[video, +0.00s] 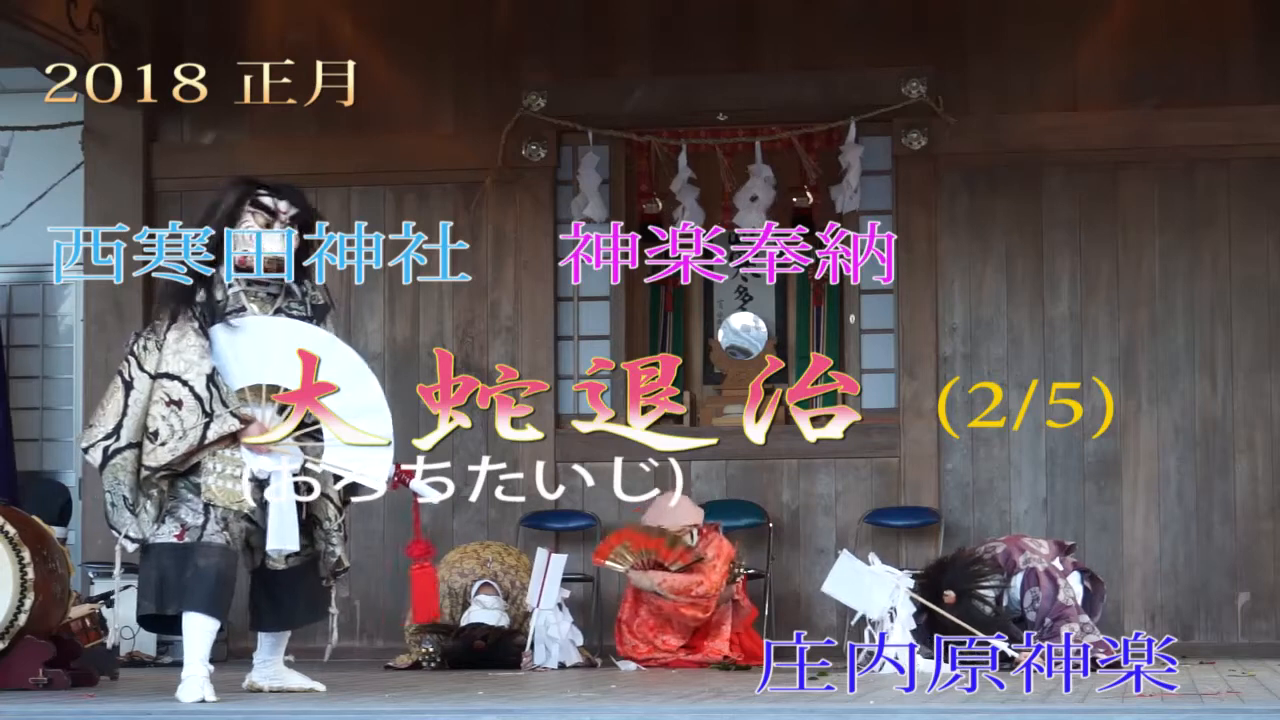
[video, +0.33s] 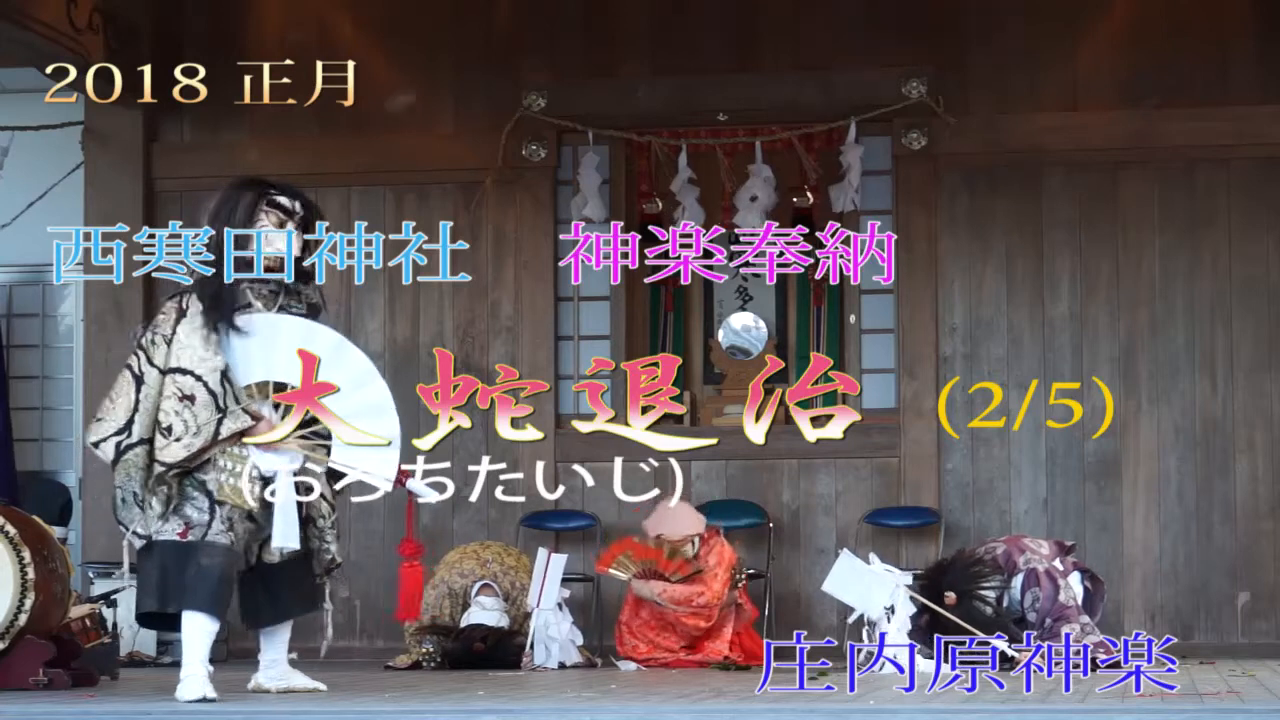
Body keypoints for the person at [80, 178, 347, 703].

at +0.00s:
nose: (269, 241)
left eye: (283, 231)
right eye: (256, 227)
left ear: (298, 242)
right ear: (226, 231)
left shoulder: (305, 308)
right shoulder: (195, 310)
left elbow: (330, 395)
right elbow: (173, 400)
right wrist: (234, 427)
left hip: (286, 456)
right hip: (214, 454)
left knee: (289, 550)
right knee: (211, 549)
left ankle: (269, 664)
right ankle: (195, 673)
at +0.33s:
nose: (284, 240)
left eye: (292, 229)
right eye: (270, 226)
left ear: (303, 240)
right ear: (236, 231)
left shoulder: (301, 308)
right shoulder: (199, 309)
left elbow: (322, 387)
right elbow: (184, 406)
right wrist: (250, 430)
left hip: (280, 459)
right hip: (215, 458)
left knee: (282, 553)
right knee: (215, 551)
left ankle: (275, 666)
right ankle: (194, 672)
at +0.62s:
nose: (290, 238)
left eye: (295, 228)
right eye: (277, 225)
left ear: (298, 238)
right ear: (243, 229)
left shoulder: (295, 306)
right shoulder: (203, 307)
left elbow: (313, 386)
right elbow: (194, 409)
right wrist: (254, 430)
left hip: (279, 459)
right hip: (219, 458)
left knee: (281, 555)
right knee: (216, 554)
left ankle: (273, 665)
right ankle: (189, 673)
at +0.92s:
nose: (290, 239)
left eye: (294, 229)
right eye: (278, 225)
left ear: (294, 241)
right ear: (243, 230)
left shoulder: (287, 305)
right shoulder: (202, 306)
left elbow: (304, 384)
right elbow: (193, 404)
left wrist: (305, 435)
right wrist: (249, 441)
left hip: (272, 457)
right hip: (216, 458)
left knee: (275, 554)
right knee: (217, 553)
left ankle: (272, 664)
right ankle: (189, 673)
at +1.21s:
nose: (303, 239)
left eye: (303, 228)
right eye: (292, 226)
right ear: (256, 231)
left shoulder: (284, 304)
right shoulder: (206, 306)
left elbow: (301, 385)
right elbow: (200, 409)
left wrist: (309, 437)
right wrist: (257, 450)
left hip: (269, 457)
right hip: (215, 457)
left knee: (275, 550)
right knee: (215, 552)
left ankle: (272, 664)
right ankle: (189, 673)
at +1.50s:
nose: (311, 248)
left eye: (310, 235)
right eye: (303, 234)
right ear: (267, 237)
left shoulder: (274, 312)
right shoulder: (210, 309)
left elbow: (288, 395)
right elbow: (203, 414)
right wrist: (259, 453)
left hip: (265, 456)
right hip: (216, 458)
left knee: (277, 547)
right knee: (219, 546)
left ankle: (273, 664)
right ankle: (189, 672)